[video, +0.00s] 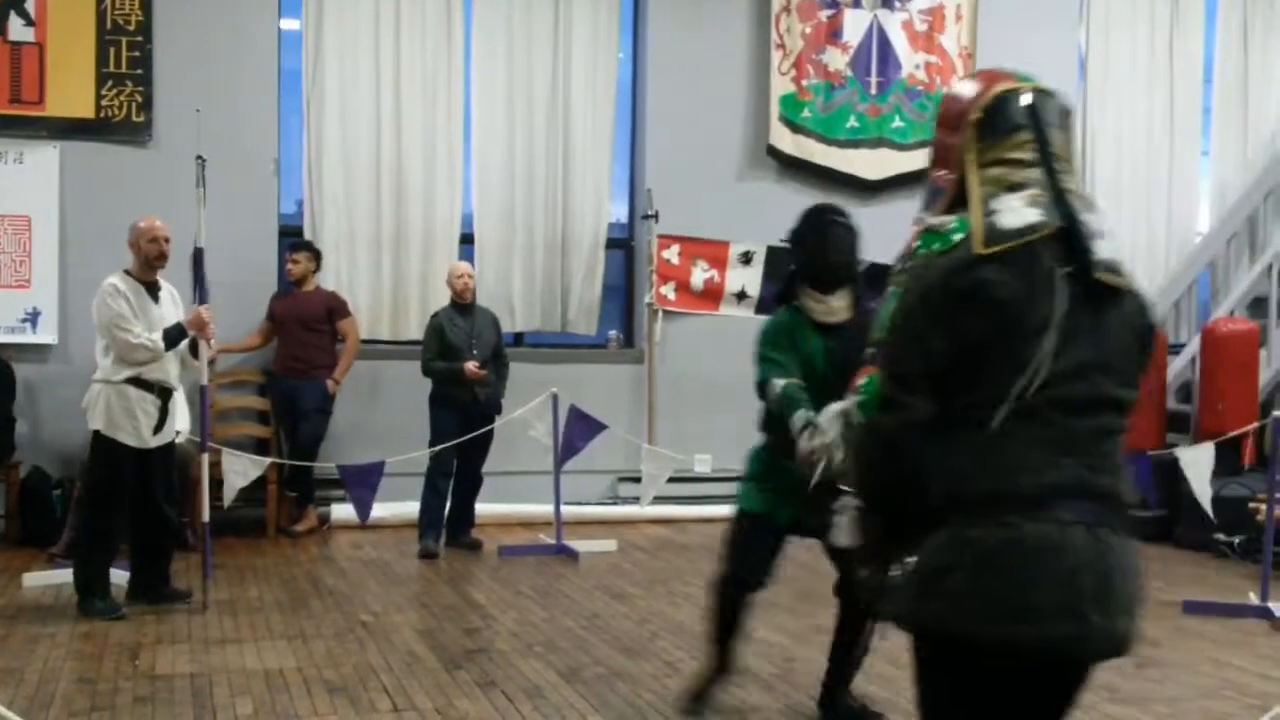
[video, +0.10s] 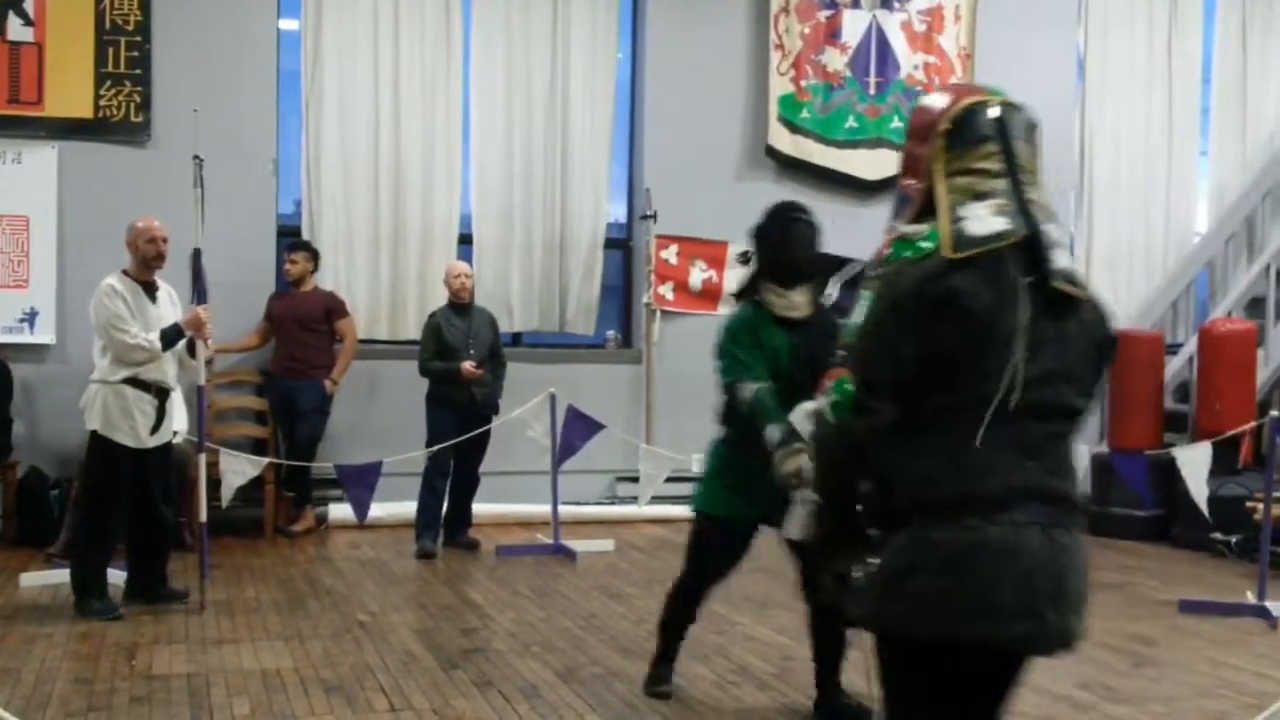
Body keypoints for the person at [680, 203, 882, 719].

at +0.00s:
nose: (828, 267)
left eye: (832, 256)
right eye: (822, 256)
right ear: (833, 263)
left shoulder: (873, 325)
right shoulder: (783, 329)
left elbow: (881, 384)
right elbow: (779, 385)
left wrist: (850, 421)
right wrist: (808, 425)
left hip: (845, 484)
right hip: (778, 477)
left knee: (863, 590)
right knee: (736, 577)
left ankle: (836, 693)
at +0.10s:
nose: (795, 281)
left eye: (803, 270)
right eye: (785, 269)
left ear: (817, 269)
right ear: (767, 266)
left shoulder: (830, 329)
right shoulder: (744, 329)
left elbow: (844, 389)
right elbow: (751, 400)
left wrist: (819, 423)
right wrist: (786, 449)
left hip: (808, 478)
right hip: (741, 472)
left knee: (827, 589)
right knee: (701, 573)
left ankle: (829, 691)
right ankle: (664, 661)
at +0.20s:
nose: (756, 264)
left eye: (762, 255)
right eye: (747, 254)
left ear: (772, 257)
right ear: (728, 256)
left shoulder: (782, 315)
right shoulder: (704, 327)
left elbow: (803, 371)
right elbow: (714, 405)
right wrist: (752, 455)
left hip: (759, 459)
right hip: (700, 457)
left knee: (775, 561)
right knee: (683, 563)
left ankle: (783, 666)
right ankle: (666, 664)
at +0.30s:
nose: (708, 270)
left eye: (715, 260)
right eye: (698, 261)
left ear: (727, 259)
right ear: (679, 261)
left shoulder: (739, 318)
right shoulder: (655, 329)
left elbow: (757, 386)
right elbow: (665, 406)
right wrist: (709, 448)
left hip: (711, 457)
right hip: (656, 456)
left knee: (729, 554)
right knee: (651, 565)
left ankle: (675, 599)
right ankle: (654, 661)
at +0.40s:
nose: (690, 279)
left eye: (698, 269)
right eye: (681, 270)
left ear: (711, 266)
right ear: (662, 266)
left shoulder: (725, 320)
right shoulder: (639, 333)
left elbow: (743, 382)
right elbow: (647, 406)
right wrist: (692, 442)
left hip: (693, 452)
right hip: (643, 450)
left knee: (683, 543)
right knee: (649, 551)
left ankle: (629, 586)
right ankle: (656, 650)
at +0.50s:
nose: (677, 286)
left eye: (682, 277)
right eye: (671, 276)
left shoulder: (709, 327)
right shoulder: (628, 339)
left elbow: (722, 387)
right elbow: (635, 412)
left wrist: (715, 436)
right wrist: (683, 443)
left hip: (681, 454)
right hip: (633, 453)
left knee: (639, 538)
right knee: (642, 550)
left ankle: (598, 596)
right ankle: (652, 655)